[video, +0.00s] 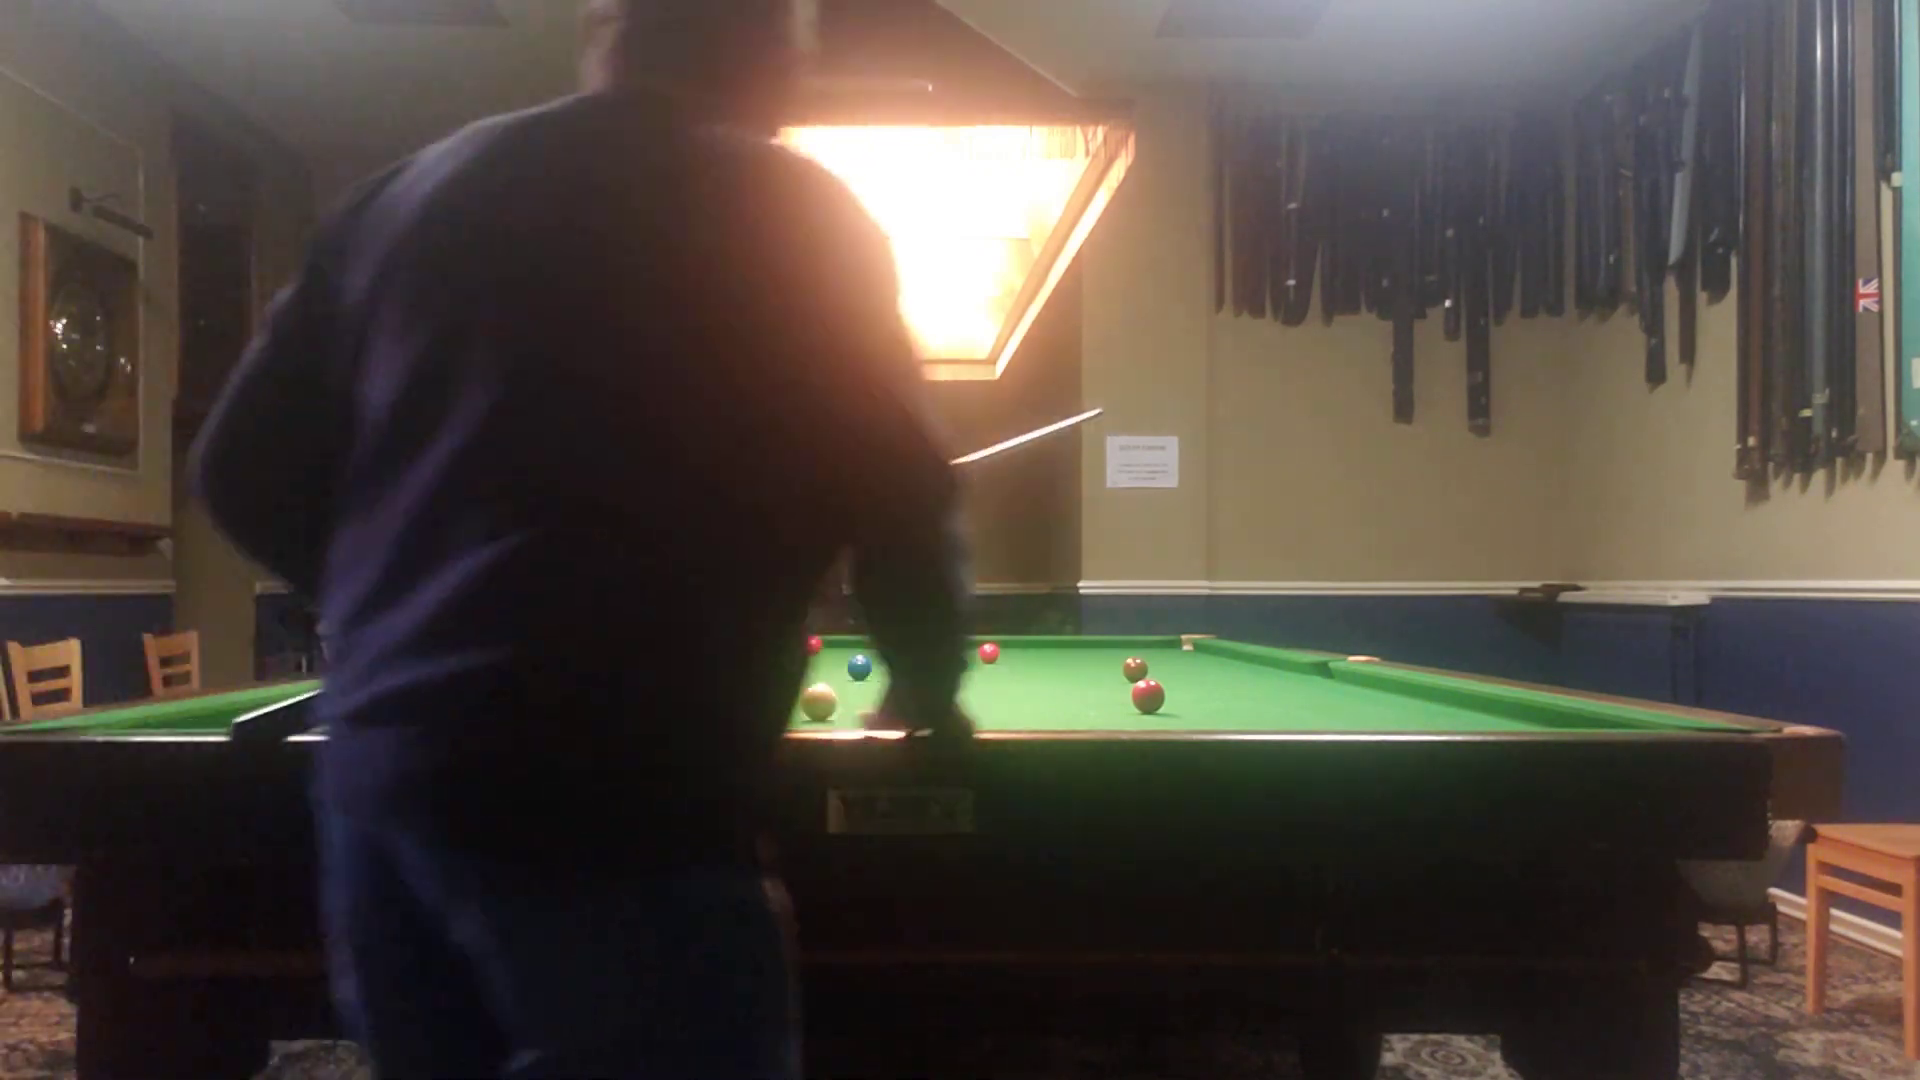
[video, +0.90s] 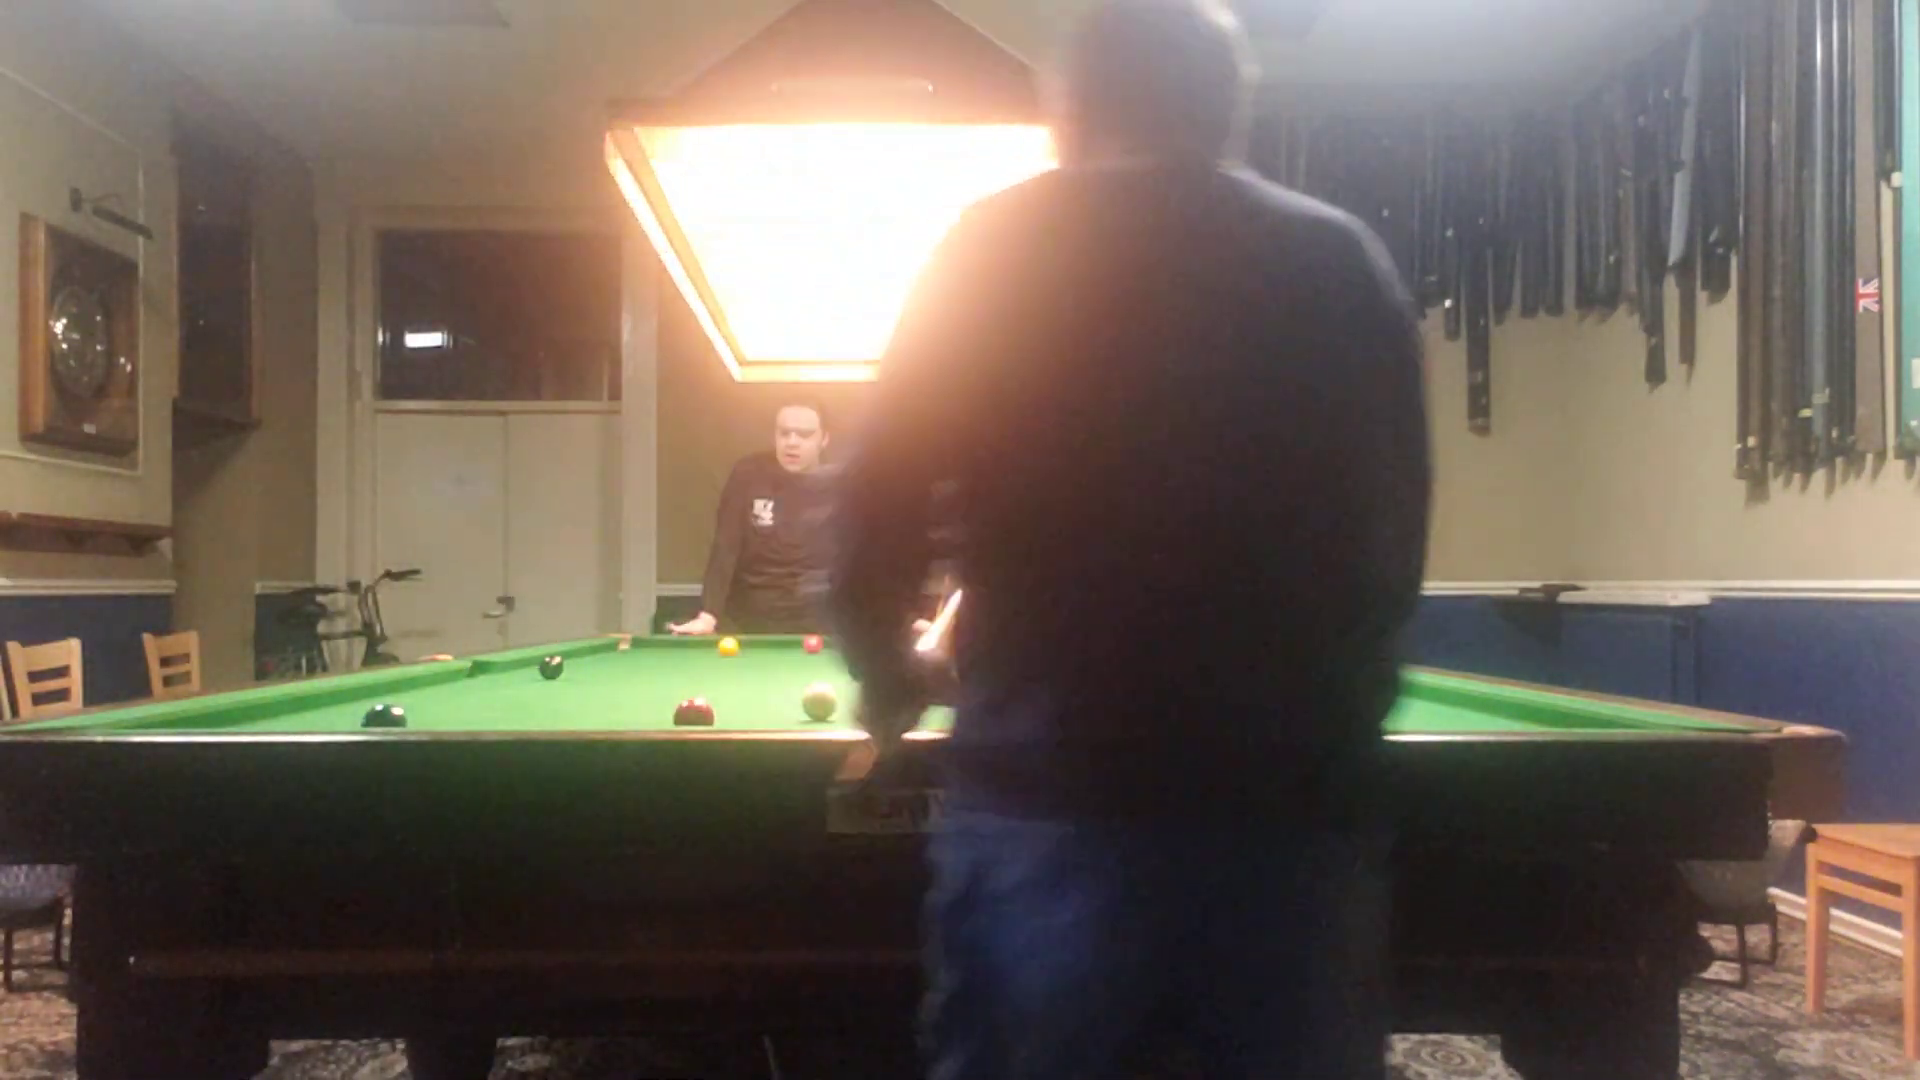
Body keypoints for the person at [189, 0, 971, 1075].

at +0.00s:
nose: (796, 94)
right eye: (793, 69)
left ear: (602, 52)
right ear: (771, 68)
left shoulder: (410, 193)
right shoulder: (805, 214)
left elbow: (244, 463)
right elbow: (905, 504)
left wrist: (388, 585)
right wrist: (927, 695)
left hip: (378, 781)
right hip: (636, 789)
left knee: (428, 1063)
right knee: (677, 1062)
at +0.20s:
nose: (921, 92)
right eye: (923, 75)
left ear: (725, 37)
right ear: (907, 80)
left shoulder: (544, 188)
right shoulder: (960, 222)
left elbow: (357, 455)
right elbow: (1042, 524)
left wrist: (506, 604)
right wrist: (1008, 697)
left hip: (538, 776)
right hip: (807, 782)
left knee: (549, 1065)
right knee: (786, 1063)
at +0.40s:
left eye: (776, 77)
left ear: (789, 86)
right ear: (967, 97)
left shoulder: (655, 243)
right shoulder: (1055, 249)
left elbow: (488, 518)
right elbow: (1142, 564)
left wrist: (617, 667)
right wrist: (1053, 712)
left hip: (702, 815)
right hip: (964, 813)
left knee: (725, 1066)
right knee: (954, 1061)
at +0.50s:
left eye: (816, 98)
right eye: (1006, 93)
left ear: (817, 100)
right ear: (998, 103)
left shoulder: (695, 256)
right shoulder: (1094, 249)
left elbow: (550, 536)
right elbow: (1187, 573)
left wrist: (683, 685)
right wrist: (1076, 708)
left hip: (760, 834)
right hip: (1027, 831)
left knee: (779, 1070)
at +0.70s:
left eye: (931, 98)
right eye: (1104, 99)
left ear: (927, 101)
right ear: (1094, 105)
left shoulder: (814, 246)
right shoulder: (1198, 242)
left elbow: (679, 508)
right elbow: (1286, 566)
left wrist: (772, 673)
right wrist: (1152, 691)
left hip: (869, 820)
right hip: (1136, 820)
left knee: (869, 1070)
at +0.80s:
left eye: (999, 106)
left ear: (993, 107)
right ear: (1153, 108)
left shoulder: (901, 250)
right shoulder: (1266, 255)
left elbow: (764, 548)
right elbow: (1340, 575)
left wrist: (837, 686)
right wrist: (1222, 704)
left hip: (950, 836)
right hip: (1208, 836)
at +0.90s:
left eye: (1070, 106)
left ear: (1071, 108)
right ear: (1230, 111)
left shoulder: (1000, 240)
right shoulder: (1344, 260)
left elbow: (876, 521)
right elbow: (1389, 556)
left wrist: (895, 685)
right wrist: (1313, 711)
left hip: (1045, 822)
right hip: (1293, 821)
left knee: (1021, 1068)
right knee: (1293, 1072)